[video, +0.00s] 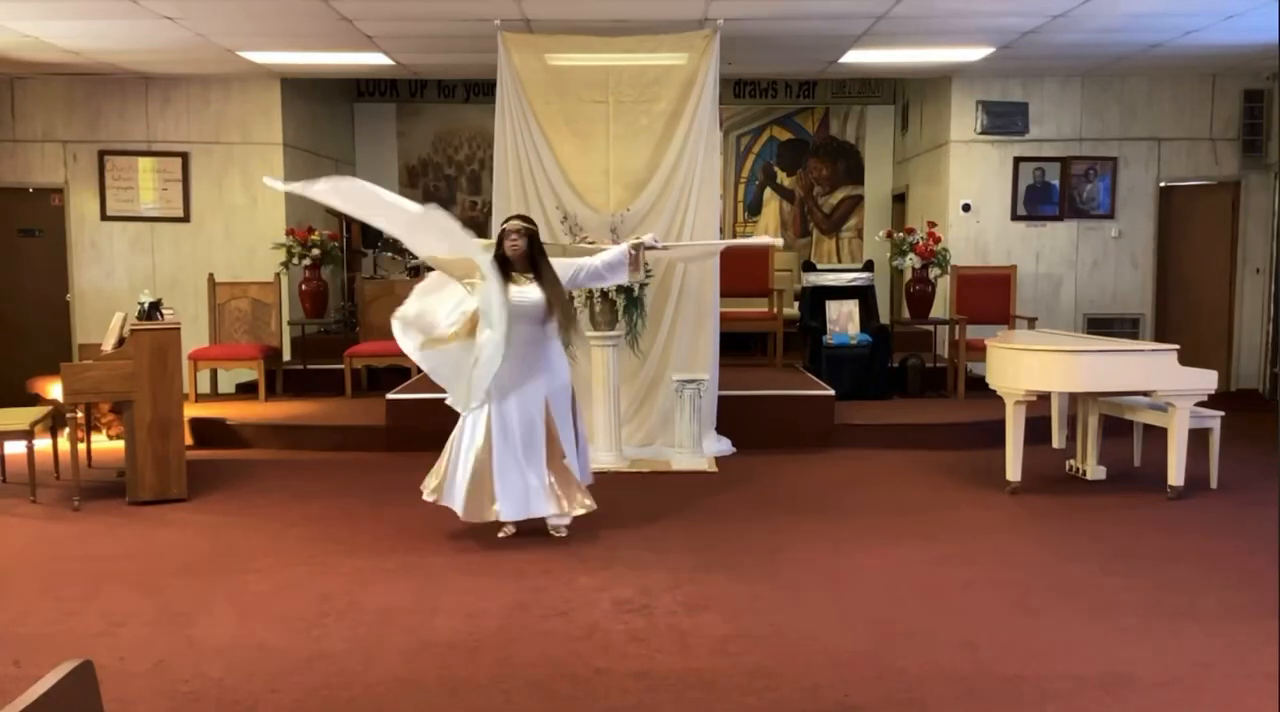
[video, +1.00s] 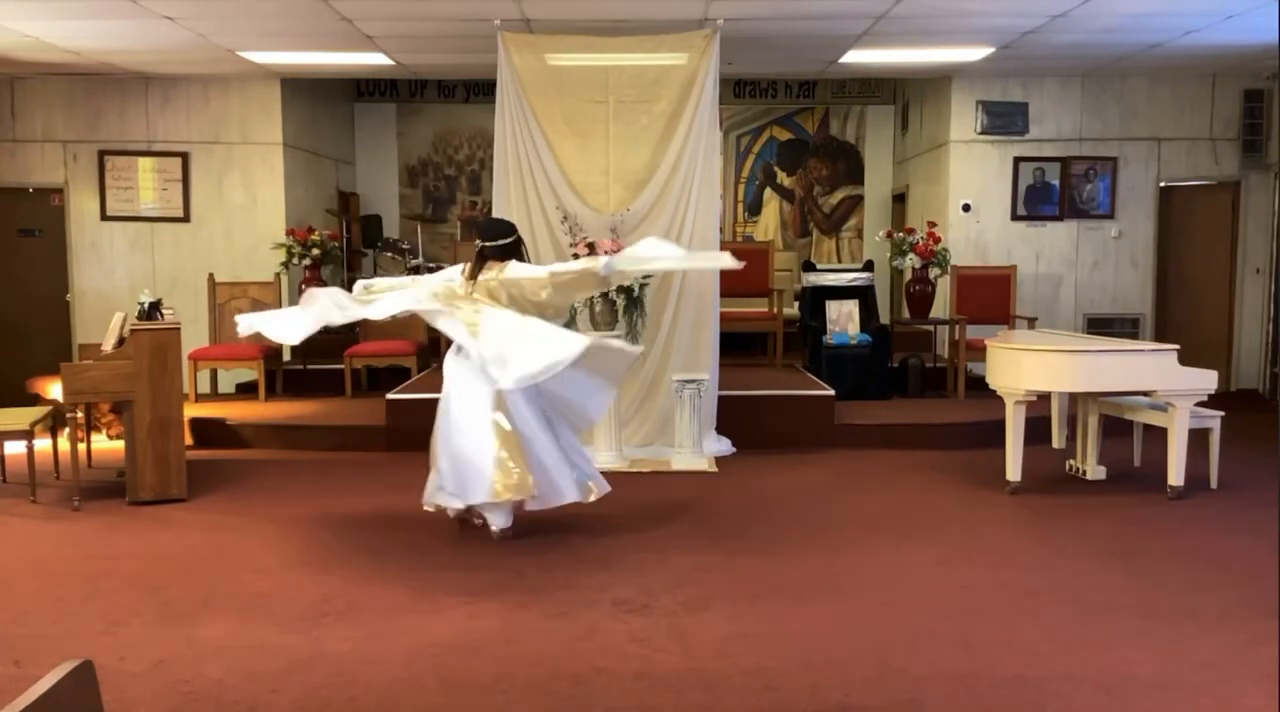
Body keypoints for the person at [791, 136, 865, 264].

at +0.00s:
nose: (816, 176)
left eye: (823, 169)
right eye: (812, 171)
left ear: (839, 166)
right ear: (808, 173)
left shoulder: (854, 193)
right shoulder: (818, 194)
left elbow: (828, 227)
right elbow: (800, 233)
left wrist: (808, 197)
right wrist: (799, 198)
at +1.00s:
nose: (817, 176)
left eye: (823, 169)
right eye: (813, 171)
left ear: (839, 166)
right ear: (808, 173)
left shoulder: (854, 193)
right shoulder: (819, 194)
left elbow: (828, 227)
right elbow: (800, 233)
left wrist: (808, 196)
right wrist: (799, 198)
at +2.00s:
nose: (816, 176)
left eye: (822, 169)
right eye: (813, 171)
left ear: (839, 166)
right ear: (808, 172)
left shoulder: (854, 193)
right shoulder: (819, 194)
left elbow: (828, 227)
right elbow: (800, 233)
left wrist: (808, 196)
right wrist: (799, 197)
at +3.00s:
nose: (817, 176)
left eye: (823, 169)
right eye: (813, 170)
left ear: (839, 166)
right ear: (808, 172)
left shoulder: (854, 193)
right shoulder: (818, 194)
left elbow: (828, 227)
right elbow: (800, 233)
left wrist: (808, 197)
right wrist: (799, 198)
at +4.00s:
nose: (815, 176)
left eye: (820, 170)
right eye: (812, 171)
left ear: (840, 166)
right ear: (808, 173)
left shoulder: (854, 193)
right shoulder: (820, 195)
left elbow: (828, 226)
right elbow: (799, 232)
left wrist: (808, 196)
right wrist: (799, 197)